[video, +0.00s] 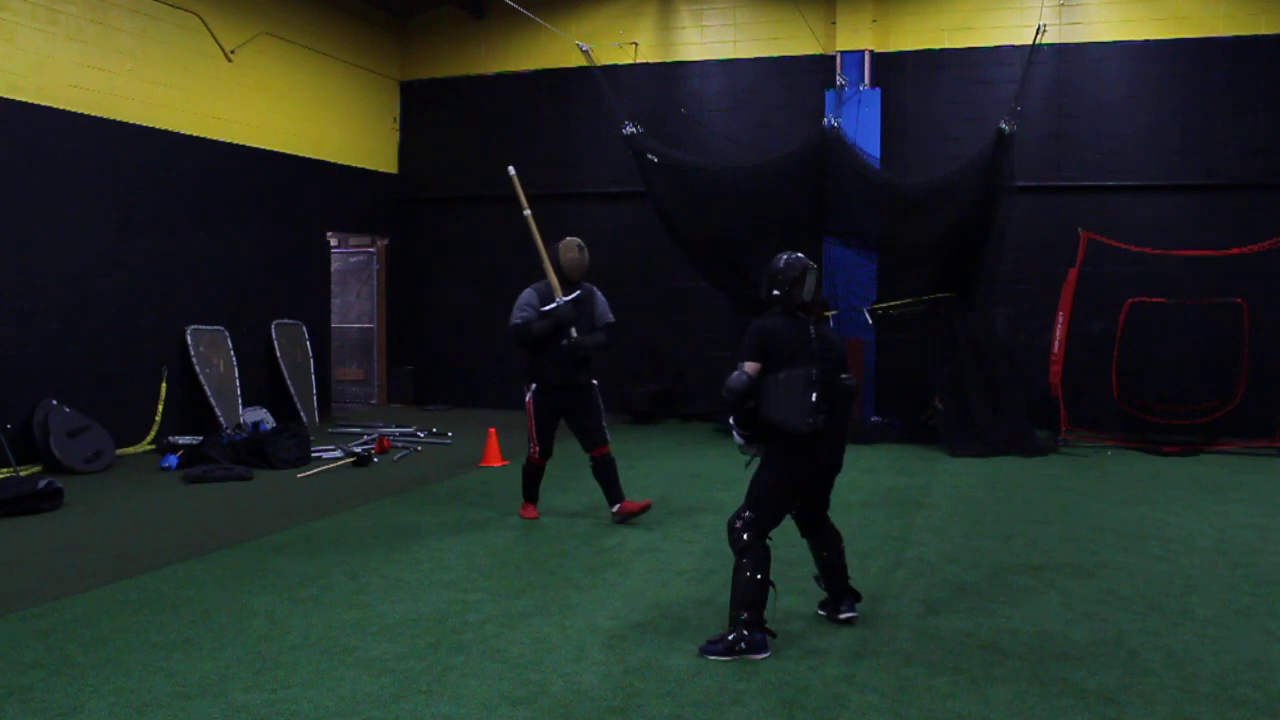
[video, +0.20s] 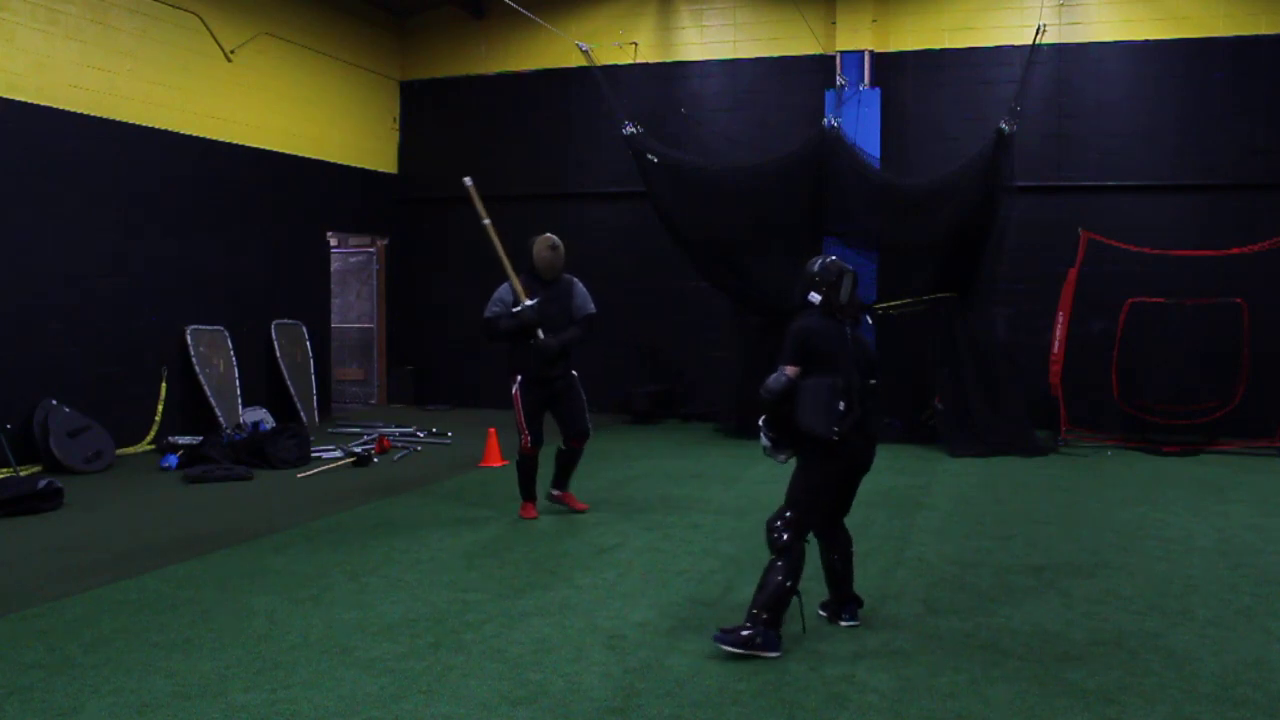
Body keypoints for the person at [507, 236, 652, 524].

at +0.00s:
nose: (576, 258)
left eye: (580, 252)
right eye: (570, 252)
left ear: (587, 259)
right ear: (557, 259)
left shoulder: (592, 296)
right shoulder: (534, 295)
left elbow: (607, 334)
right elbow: (519, 332)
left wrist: (581, 343)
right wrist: (556, 318)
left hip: (581, 384)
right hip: (544, 385)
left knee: (599, 446)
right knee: (539, 451)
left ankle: (617, 504)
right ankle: (529, 502)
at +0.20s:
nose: (553, 265)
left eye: (557, 260)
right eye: (548, 259)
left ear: (563, 261)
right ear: (535, 259)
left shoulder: (572, 287)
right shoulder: (513, 290)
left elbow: (588, 324)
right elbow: (491, 326)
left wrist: (557, 341)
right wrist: (524, 317)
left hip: (563, 374)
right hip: (527, 376)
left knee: (578, 433)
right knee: (530, 440)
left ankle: (559, 490)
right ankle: (528, 501)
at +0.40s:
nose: (535, 276)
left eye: (540, 270)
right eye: (530, 270)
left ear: (547, 265)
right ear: (520, 265)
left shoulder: (560, 289)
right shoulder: (502, 291)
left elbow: (575, 325)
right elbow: (477, 325)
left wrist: (540, 342)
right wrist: (504, 319)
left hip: (548, 374)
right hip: (514, 374)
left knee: (543, 437)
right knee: (524, 437)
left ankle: (512, 473)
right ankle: (527, 499)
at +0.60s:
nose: (527, 283)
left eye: (532, 278)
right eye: (523, 277)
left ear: (540, 273)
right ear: (514, 272)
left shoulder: (552, 297)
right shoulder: (494, 294)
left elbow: (564, 333)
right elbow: (470, 323)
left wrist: (529, 349)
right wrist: (496, 323)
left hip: (532, 376)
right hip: (499, 374)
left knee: (519, 436)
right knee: (512, 435)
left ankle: (498, 484)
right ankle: (521, 496)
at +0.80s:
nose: (526, 273)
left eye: (531, 268)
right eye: (522, 267)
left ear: (536, 267)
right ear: (510, 265)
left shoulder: (543, 295)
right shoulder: (487, 289)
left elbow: (554, 332)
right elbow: (461, 320)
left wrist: (520, 344)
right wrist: (492, 317)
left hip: (522, 372)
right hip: (489, 369)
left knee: (513, 430)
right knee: (494, 428)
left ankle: (500, 485)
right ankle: (489, 490)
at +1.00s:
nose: (519, 266)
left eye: (523, 260)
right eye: (514, 260)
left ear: (528, 263)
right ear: (501, 260)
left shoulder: (534, 293)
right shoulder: (478, 289)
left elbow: (547, 329)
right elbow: (454, 319)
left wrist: (515, 341)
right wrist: (485, 316)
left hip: (512, 374)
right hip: (479, 371)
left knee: (505, 433)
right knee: (471, 430)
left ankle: (498, 486)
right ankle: (453, 492)